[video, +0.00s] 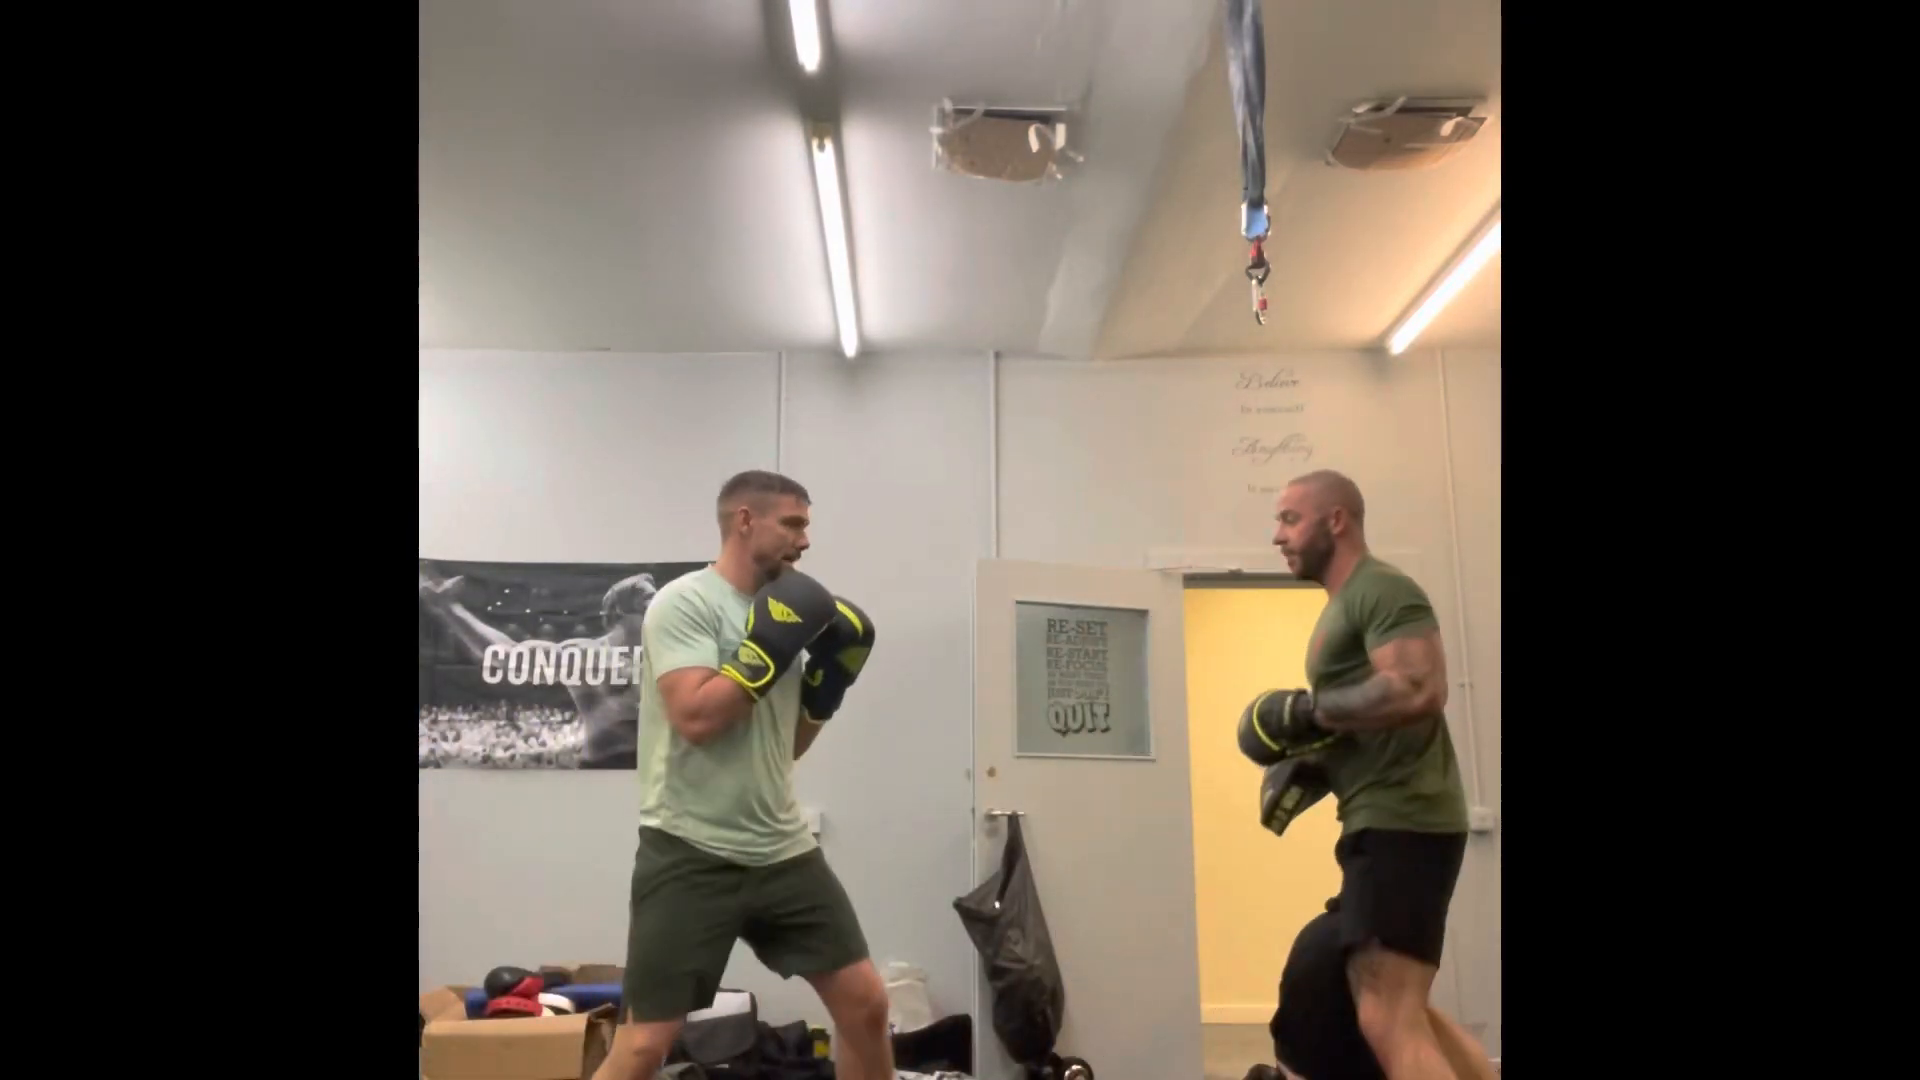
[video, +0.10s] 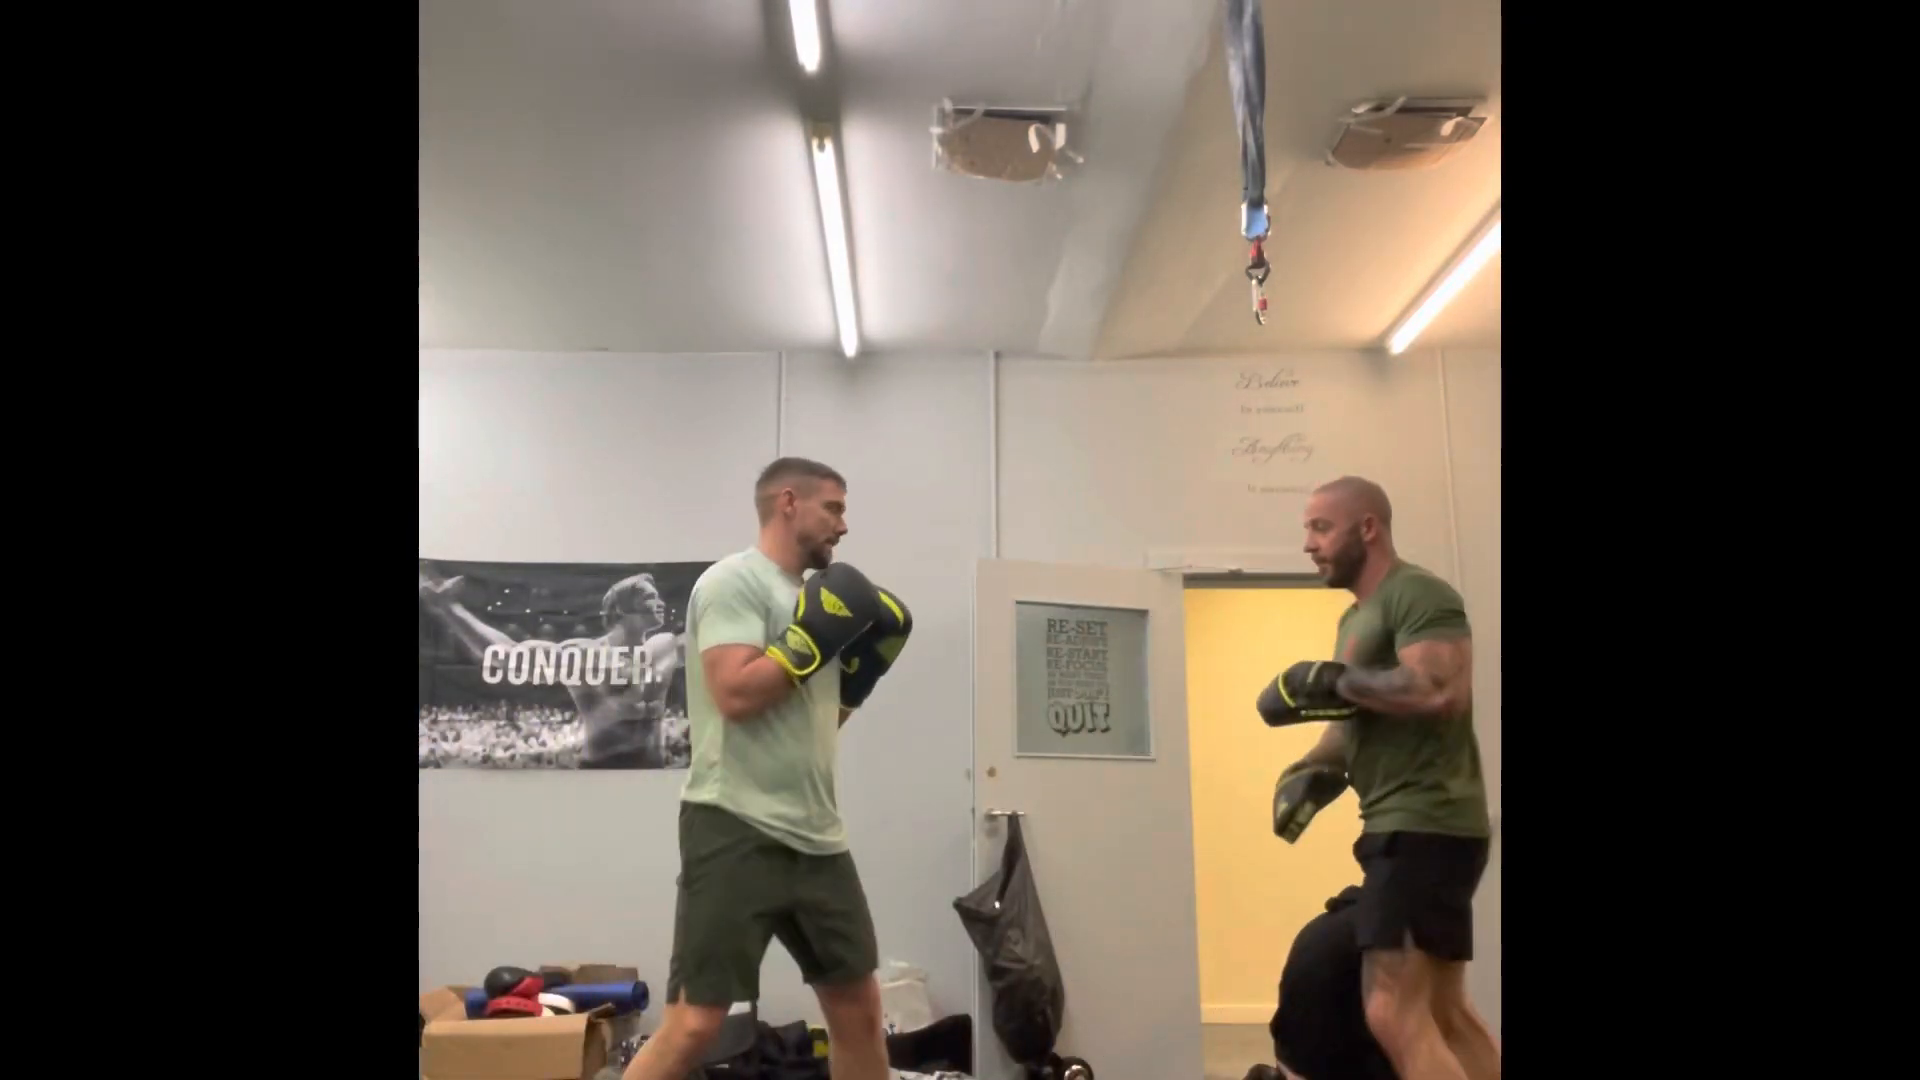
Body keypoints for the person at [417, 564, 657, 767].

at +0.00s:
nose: (656, 609)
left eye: (655, 602)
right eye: (647, 603)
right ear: (620, 612)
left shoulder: (665, 651)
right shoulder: (581, 655)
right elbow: (508, 653)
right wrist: (448, 607)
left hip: (657, 763)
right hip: (607, 764)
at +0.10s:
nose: (660, 604)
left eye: (658, 598)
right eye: (649, 599)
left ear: (658, 606)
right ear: (621, 611)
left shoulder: (666, 647)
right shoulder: (580, 655)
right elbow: (508, 654)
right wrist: (449, 609)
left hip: (652, 772)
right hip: (601, 772)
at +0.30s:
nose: (662, 611)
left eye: (660, 604)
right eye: (651, 605)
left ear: (650, 613)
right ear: (623, 613)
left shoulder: (665, 649)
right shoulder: (581, 655)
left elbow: (706, 636)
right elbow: (508, 653)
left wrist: (733, 605)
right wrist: (450, 609)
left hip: (652, 776)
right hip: (599, 776)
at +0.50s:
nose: (661, 609)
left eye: (659, 602)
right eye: (651, 602)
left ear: (652, 610)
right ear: (624, 612)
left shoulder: (666, 648)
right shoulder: (580, 655)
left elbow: (710, 633)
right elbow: (505, 653)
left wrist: (736, 604)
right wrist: (450, 608)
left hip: (652, 775)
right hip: (599, 775)